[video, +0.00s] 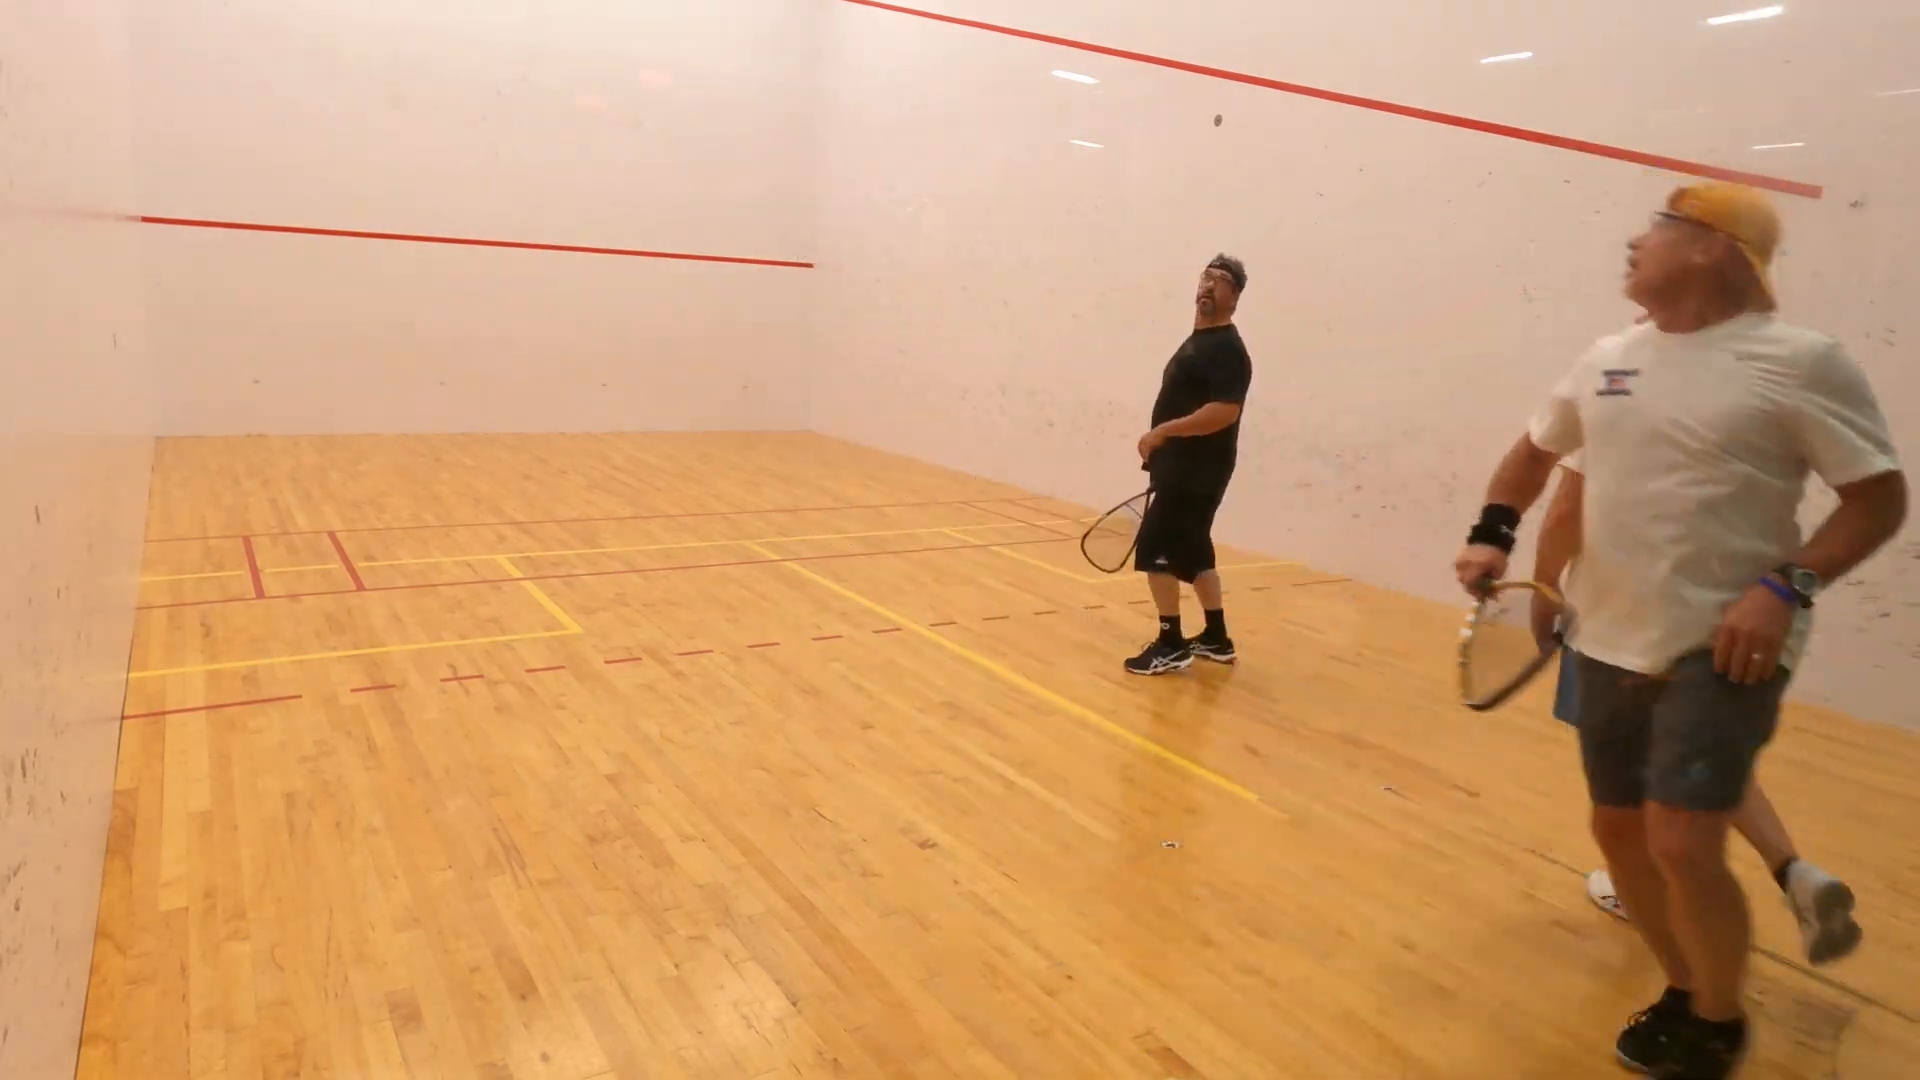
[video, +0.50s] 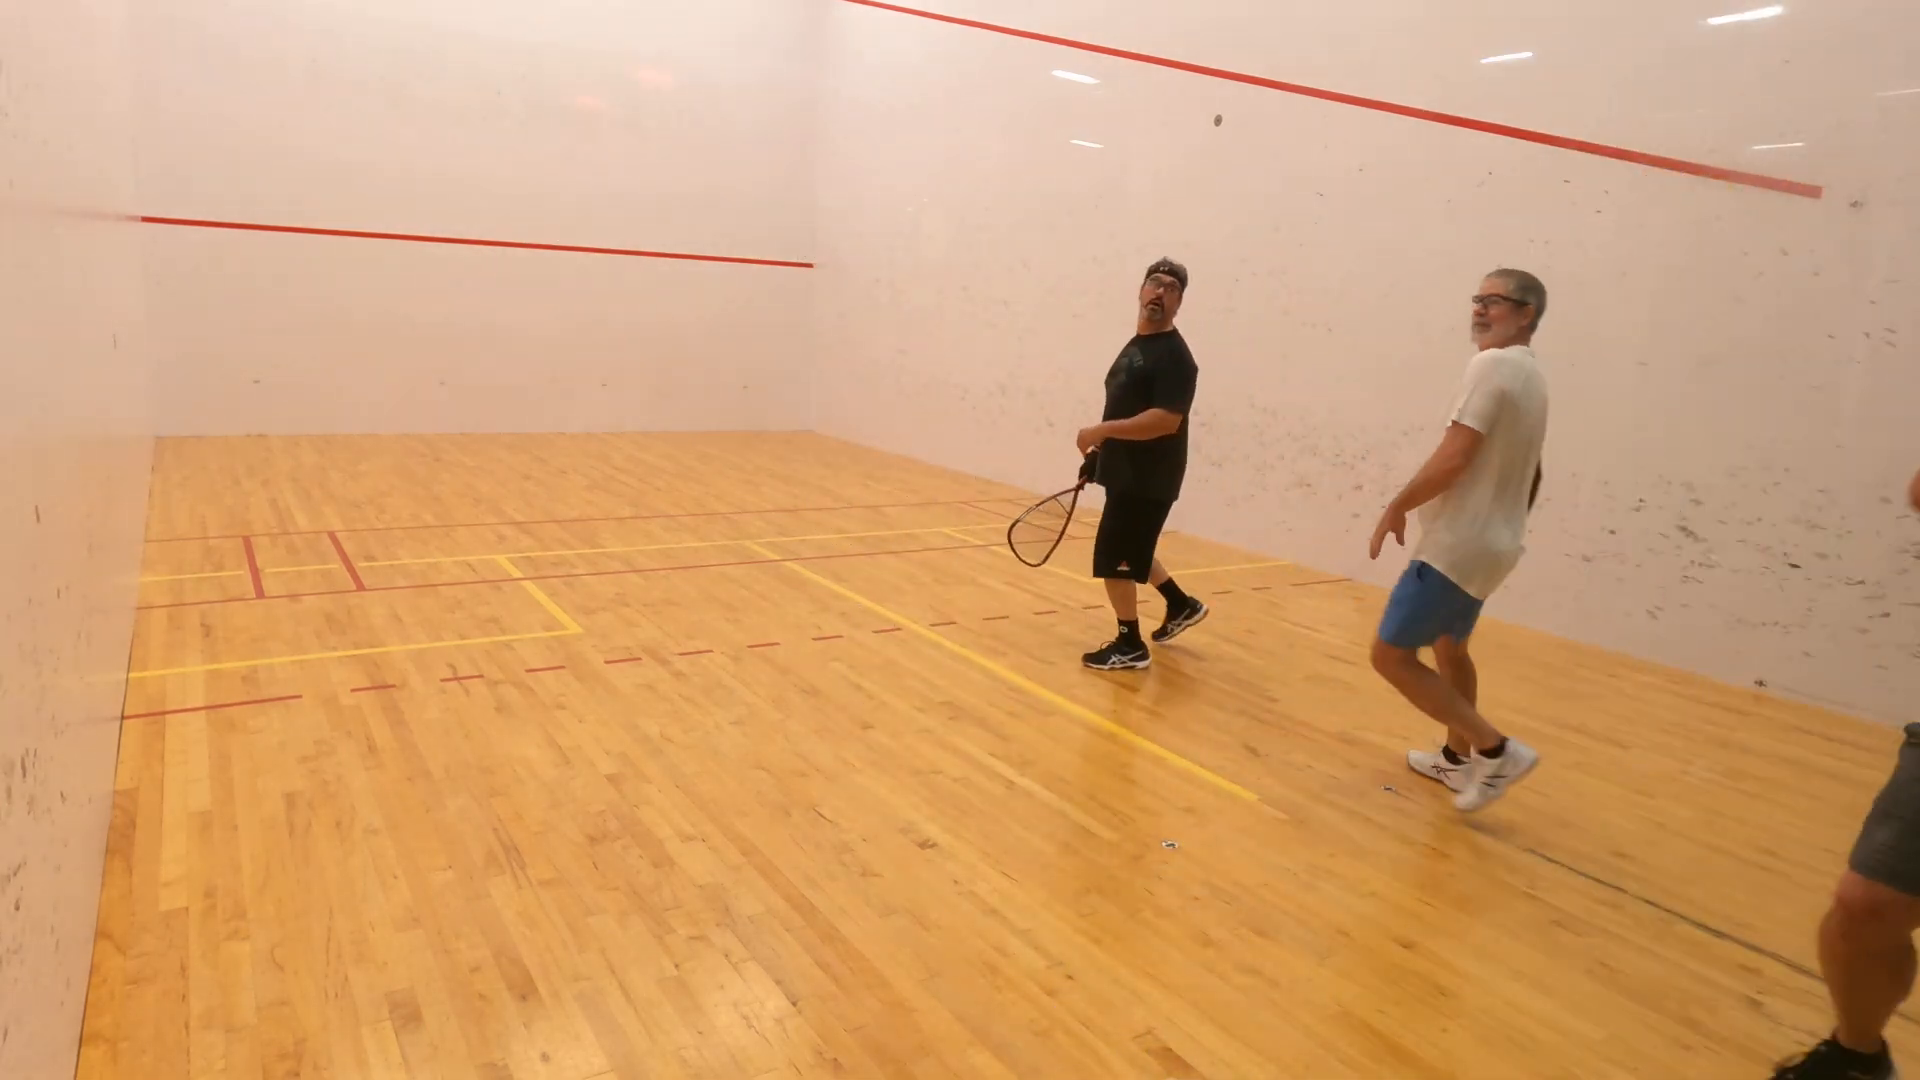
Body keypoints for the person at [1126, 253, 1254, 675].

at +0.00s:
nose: (1207, 287)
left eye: (1219, 284)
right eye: (1205, 280)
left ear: (1235, 299)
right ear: (1198, 286)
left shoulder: (1228, 349)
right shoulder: (1200, 339)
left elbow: (1225, 411)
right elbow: (1186, 403)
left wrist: (1162, 432)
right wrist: (1159, 449)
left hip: (1197, 465)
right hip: (1185, 461)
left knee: (1155, 548)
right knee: (1193, 545)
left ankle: (1170, 642)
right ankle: (1216, 636)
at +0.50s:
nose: (1160, 293)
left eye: (1170, 289)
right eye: (1155, 284)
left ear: (1179, 303)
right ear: (1141, 291)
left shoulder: (1176, 357)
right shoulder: (1138, 346)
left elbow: (1168, 419)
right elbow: (1123, 410)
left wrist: (1102, 431)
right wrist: (1098, 454)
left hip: (1149, 479)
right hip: (1126, 472)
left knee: (1115, 559)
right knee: (1130, 548)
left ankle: (1131, 643)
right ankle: (1180, 602)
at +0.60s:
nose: (1144, 291)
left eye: (1154, 287)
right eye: (1139, 282)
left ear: (1165, 301)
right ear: (1126, 290)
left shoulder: (1160, 354)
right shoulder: (1125, 344)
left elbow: (1153, 417)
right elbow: (1113, 408)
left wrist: (1090, 432)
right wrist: (1094, 455)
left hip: (1140, 474)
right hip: (1118, 467)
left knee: (1112, 550)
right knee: (1103, 536)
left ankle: (1129, 644)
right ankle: (1140, 603)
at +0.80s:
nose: (1108, 290)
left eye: (1120, 286)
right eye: (1106, 281)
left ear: (1137, 299)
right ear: (1098, 288)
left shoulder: (1132, 351)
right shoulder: (1103, 339)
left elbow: (1126, 415)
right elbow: (1093, 404)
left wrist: (1068, 433)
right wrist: (1079, 458)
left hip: (1119, 468)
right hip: (1095, 462)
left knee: (1105, 554)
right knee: (1076, 531)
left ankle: (1130, 642)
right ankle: (1076, 604)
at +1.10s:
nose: (1058, 289)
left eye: (1065, 284)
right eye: (1061, 283)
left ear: (1082, 293)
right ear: (1088, 294)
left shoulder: (1095, 346)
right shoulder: (1084, 337)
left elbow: (1089, 413)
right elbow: (1079, 404)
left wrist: (1041, 432)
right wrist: (1054, 441)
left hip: (1088, 463)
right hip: (1079, 458)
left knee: (1063, 542)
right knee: (1066, 535)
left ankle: (1091, 635)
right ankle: (1075, 604)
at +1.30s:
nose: (1026, 314)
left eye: (1031, 307)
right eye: (1027, 306)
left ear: (1049, 312)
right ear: (1059, 313)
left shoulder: (1071, 362)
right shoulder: (1060, 356)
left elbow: (1064, 428)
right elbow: (1057, 424)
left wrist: (1018, 453)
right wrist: (1031, 458)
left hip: (1074, 477)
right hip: (1067, 474)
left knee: (1036, 548)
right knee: (1056, 545)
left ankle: (1046, 641)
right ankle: (1078, 610)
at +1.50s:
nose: (993, 337)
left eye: (998, 329)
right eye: (994, 328)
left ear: (1019, 333)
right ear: (1020, 332)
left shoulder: (1049, 382)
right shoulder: (1030, 377)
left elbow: (1051, 455)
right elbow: (1033, 447)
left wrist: (1006, 489)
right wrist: (998, 473)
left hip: (1045, 498)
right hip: (1031, 493)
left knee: (1016, 561)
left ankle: (1037, 649)